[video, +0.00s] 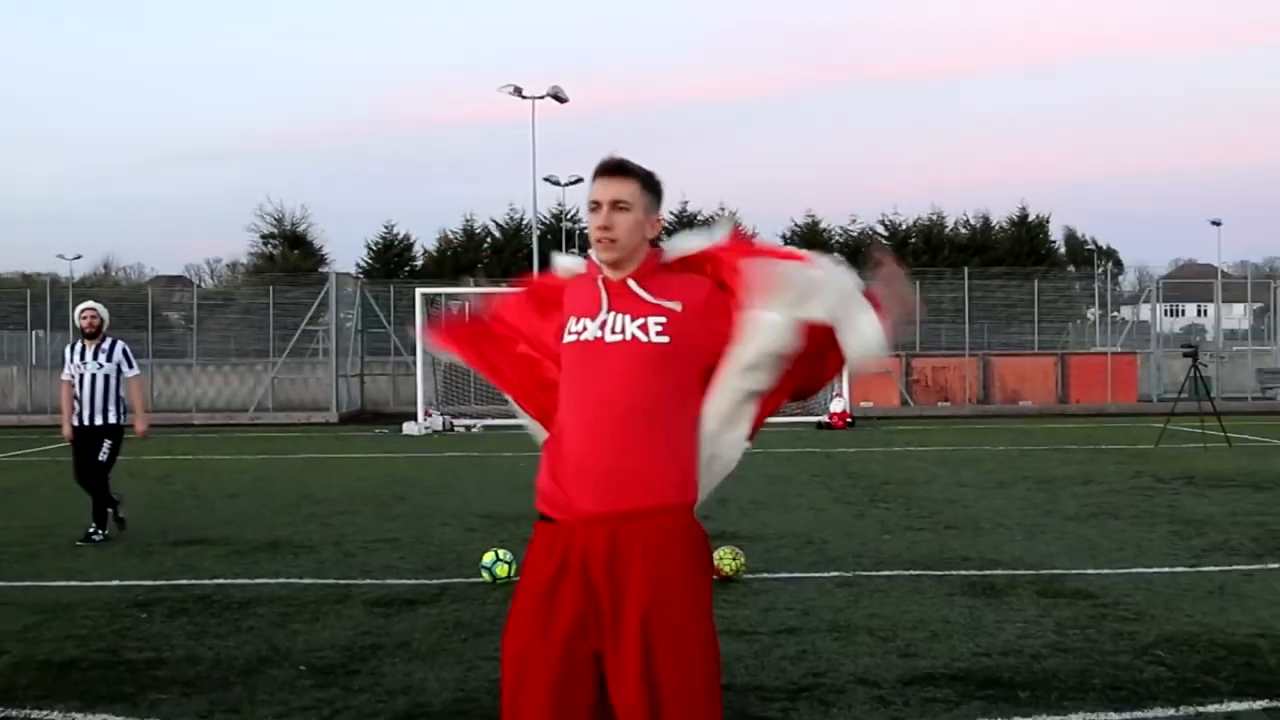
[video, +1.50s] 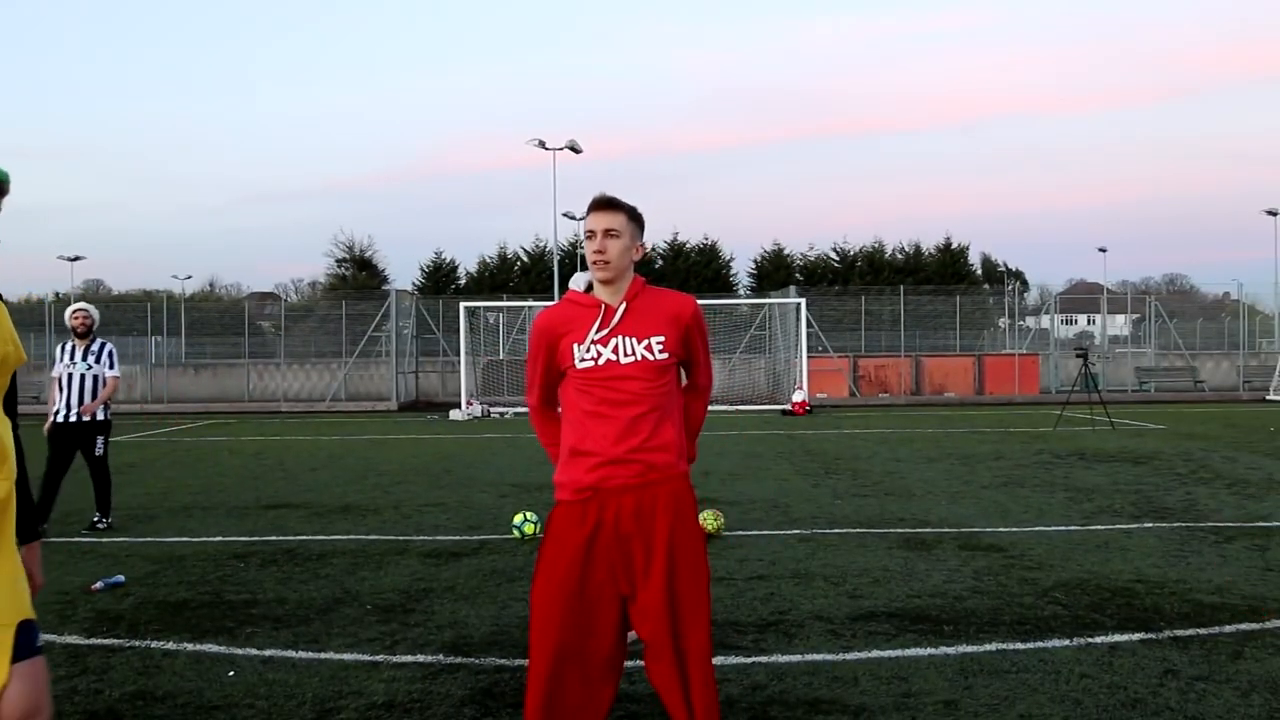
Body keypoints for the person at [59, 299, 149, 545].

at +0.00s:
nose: (89, 322)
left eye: (94, 317)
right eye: (85, 318)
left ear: (102, 322)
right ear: (78, 323)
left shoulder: (118, 348)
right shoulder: (72, 350)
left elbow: (134, 381)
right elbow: (67, 385)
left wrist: (139, 416)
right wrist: (66, 421)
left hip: (110, 421)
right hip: (82, 422)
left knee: (97, 472)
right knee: (82, 475)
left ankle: (99, 526)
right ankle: (113, 503)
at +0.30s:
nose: (163, 324)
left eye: (167, 320)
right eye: (159, 321)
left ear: (174, 324)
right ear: (154, 325)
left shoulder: (186, 346)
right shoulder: (148, 348)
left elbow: (196, 375)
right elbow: (143, 375)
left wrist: (179, 397)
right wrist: (142, 400)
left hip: (181, 412)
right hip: (156, 411)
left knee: (187, 455)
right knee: (145, 455)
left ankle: (194, 497)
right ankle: (138, 501)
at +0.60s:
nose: (140, 328)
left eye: (144, 323)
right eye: (135, 324)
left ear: (151, 327)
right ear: (130, 330)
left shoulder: (165, 348)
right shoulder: (126, 354)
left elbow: (179, 377)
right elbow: (124, 384)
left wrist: (175, 409)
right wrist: (121, 413)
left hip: (161, 414)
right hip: (136, 415)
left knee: (160, 455)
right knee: (134, 462)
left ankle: (181, 483)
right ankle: (140, 505)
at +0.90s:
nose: (122, 326)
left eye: (126, 322)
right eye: (118, 323)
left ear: (133, 326)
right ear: (112, 327)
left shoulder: (147, 349)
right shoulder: (105, 352)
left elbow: (164, 377)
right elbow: (98, 383)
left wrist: (171, 408)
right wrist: (92, 416)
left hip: (140, 412)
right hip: (115, 414)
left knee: (130, 458)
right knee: (128, 460)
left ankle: (119, 504)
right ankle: (140, 505)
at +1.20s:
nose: (103, 323)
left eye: (108, 320)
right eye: (99, 320)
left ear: (115, 324)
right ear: (92, 325)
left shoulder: (125, 350)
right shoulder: (85, 349)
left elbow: (137, 383)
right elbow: (78, 381)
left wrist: (131, 416)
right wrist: (72, 413)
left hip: (113, 416)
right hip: (87, 416)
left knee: (104, 464)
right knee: (79, 463)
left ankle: (103, 513)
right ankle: (110, 490)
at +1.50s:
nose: (81, 321)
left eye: (86, 318)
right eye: (76, 318)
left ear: (93, 322)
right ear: (70, 323)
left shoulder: (106, 349)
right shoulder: (63, 349)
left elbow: (112, 384)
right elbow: (56, 384)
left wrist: (95, 404)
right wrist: (51, 415)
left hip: (94, 422)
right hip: (64, 421)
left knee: (99, 470)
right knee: (52, 473)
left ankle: (103, 516)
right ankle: (39, 521)